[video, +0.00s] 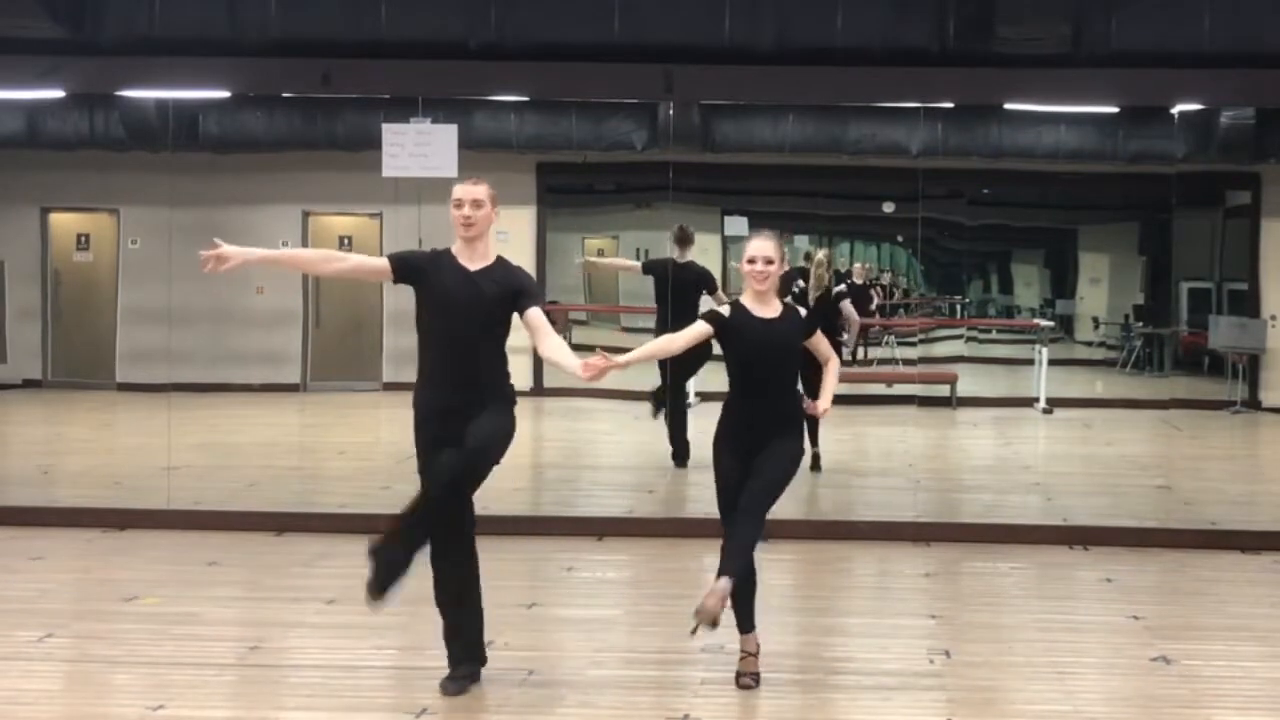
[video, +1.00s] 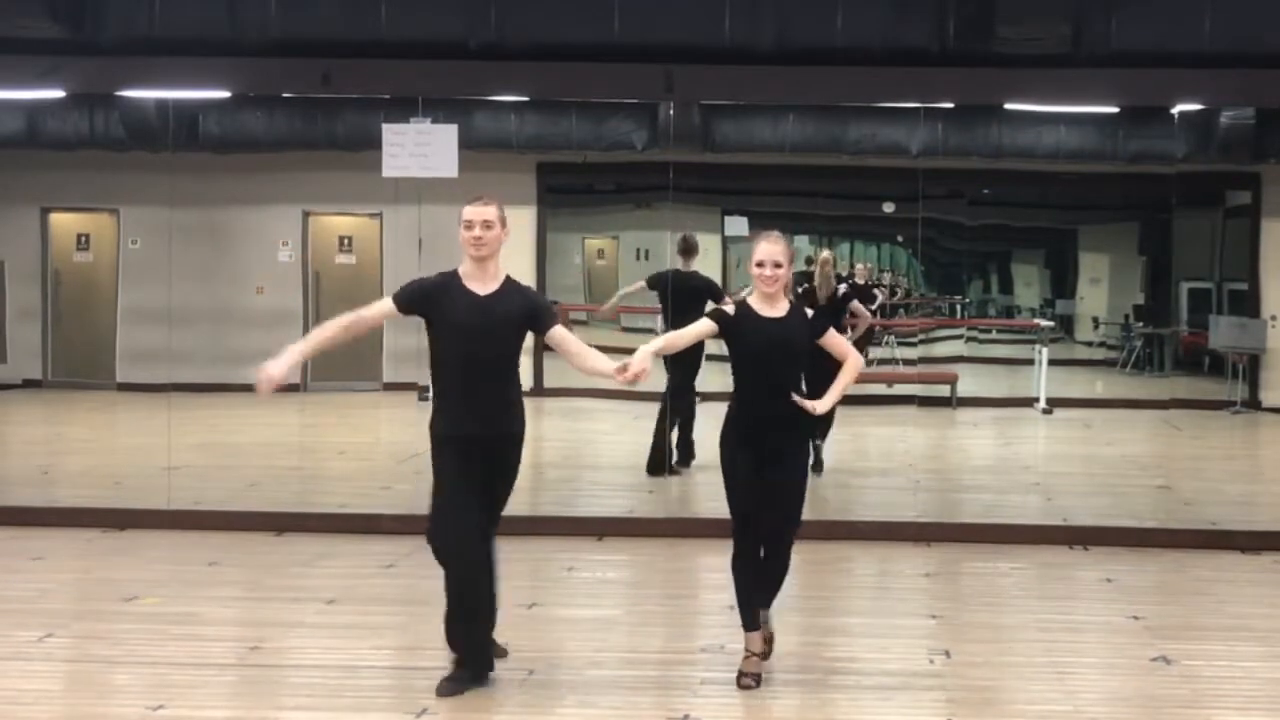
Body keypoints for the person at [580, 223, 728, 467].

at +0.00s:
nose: (681, 246)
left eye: (676, 242)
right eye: (687, 242)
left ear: (673, 243)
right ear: (692, 244)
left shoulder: (659, 266)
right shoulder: (701, 273)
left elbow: (626, 265)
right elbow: (722, 302)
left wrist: (595, 262)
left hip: (665, 340)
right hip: (693, 339)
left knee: (675, 396)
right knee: (703, 352)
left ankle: (680, 454)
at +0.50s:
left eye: (676, 242)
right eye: (688, 242)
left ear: (673, 242)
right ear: (694, 243)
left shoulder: (660, 267)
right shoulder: (704, 271)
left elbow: (622, 272)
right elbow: (731, 299)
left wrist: (627, 258)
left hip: (667, 337)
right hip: (697, 337)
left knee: (678, 395)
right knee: (704, 357)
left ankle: (684, 452)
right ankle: (663, 389)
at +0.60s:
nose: (683, 248)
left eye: (678, 244)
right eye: (689, 245)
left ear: (673, 245)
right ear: (694, 245)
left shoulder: (663, 271)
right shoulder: (705, 272)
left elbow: (640, 286)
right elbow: (732, 299)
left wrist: (637, 268)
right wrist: (743, 303)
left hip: (668, 340)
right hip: (697, 340)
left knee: (678, 393)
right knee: (685, 382)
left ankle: (684, 452)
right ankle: (665, 405)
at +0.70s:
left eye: (676, 246)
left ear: (673, 247)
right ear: (693, 247)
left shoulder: (663, 273)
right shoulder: (705, 273)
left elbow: (657, 298)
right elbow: (731, 299)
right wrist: (740, 304)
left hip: (665, 340)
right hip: (691, 339)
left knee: (671, 393)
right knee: (690, 385)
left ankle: (683, 450)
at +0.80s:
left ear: (675, 248)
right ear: (694, 248)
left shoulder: (664, 275)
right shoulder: (703, 276)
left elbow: (663, 305)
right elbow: (730, 304)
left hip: (664, 344)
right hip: (690, 344)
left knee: (671, 401)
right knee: (690, 402)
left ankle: (685, 452)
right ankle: (719, 443)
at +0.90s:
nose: (685, 252)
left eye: (681, 249)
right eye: (690, 249)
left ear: (676, 250)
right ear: (695, 250)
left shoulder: (665, 276)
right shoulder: (703, 279)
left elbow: (650, 309)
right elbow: (729, 306)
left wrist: (639, 323)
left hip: (666, 347)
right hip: (693, 348)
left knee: (672, 399)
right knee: (699, 398)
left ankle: (681, 454)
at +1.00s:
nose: (688, 256)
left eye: (683, 253)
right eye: (692, 252)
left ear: (677, 253)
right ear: (697, 254)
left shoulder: (664, 278)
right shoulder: (704, 283)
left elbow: (628, 290)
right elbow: (730, 308)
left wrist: (609, 306)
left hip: (669, 345)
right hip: (693, 346)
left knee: (683, 394)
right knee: (678, 394)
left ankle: (685, 450)